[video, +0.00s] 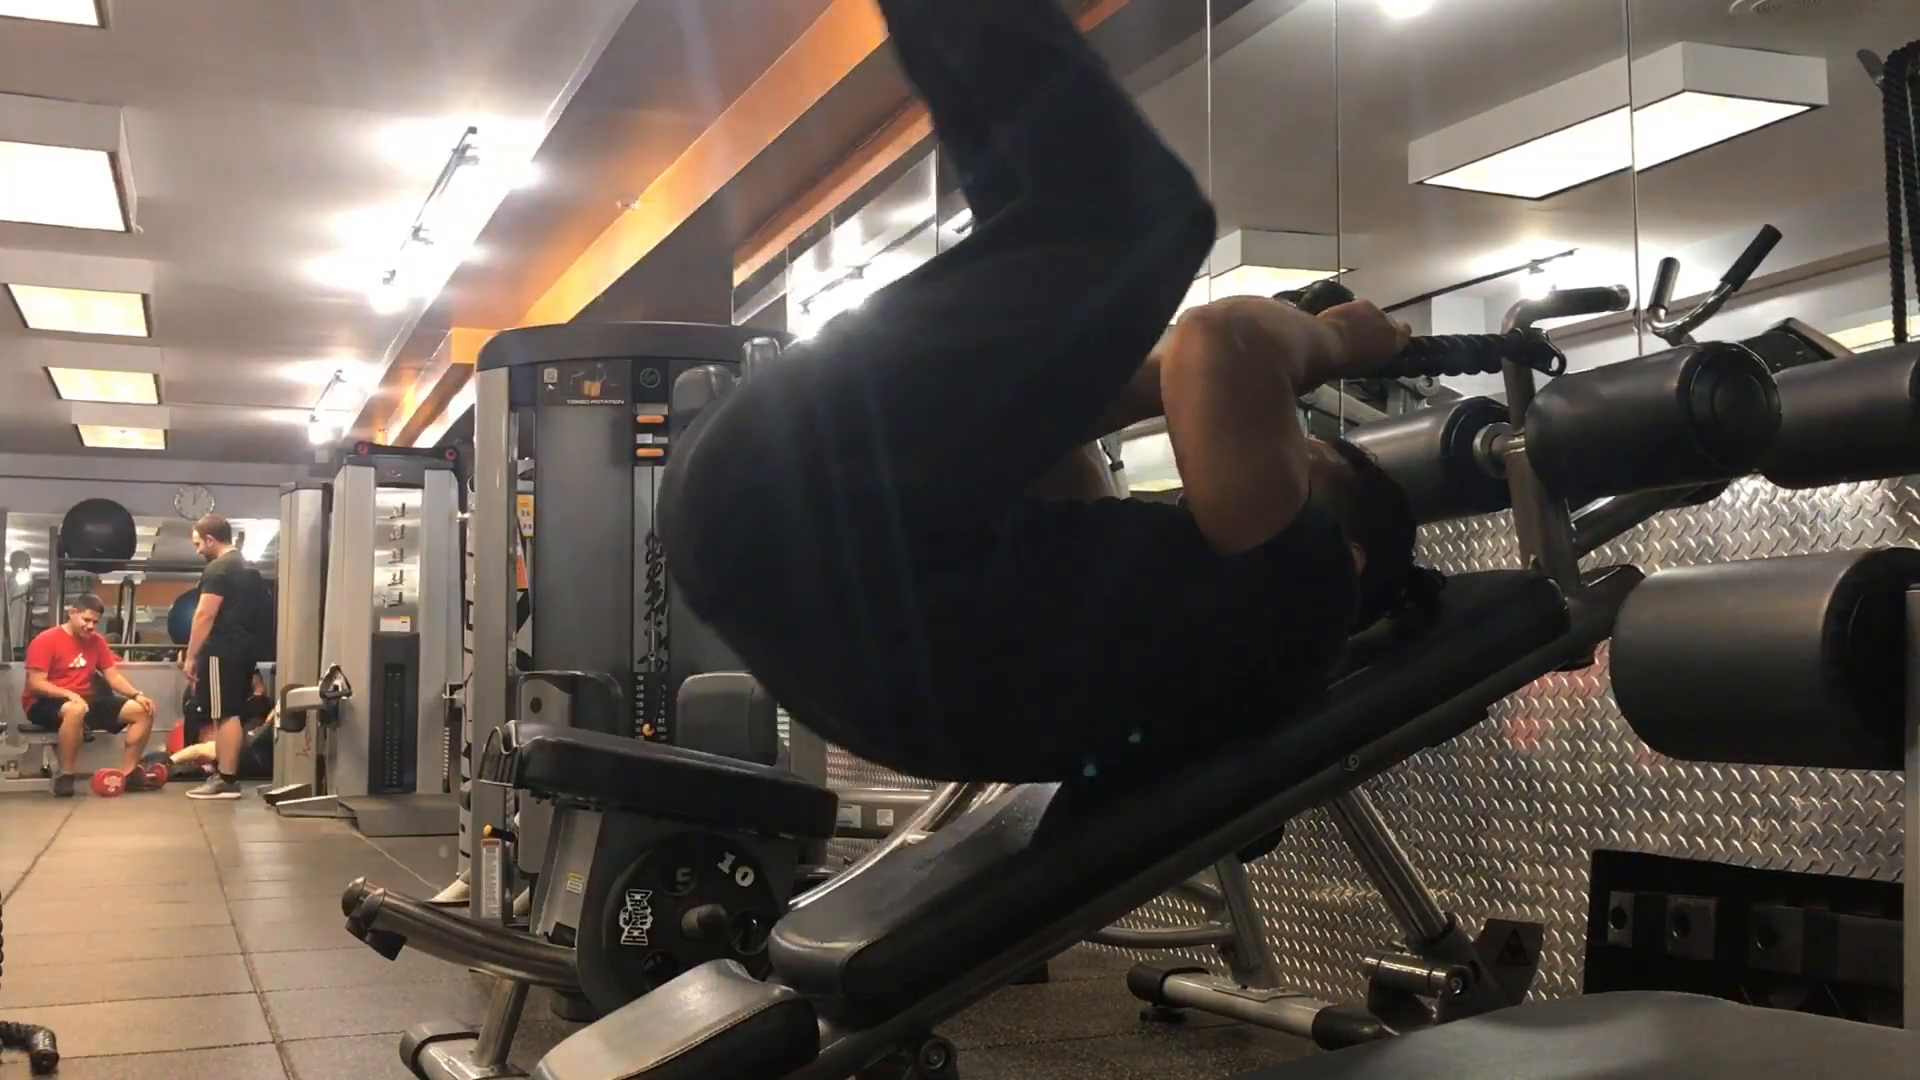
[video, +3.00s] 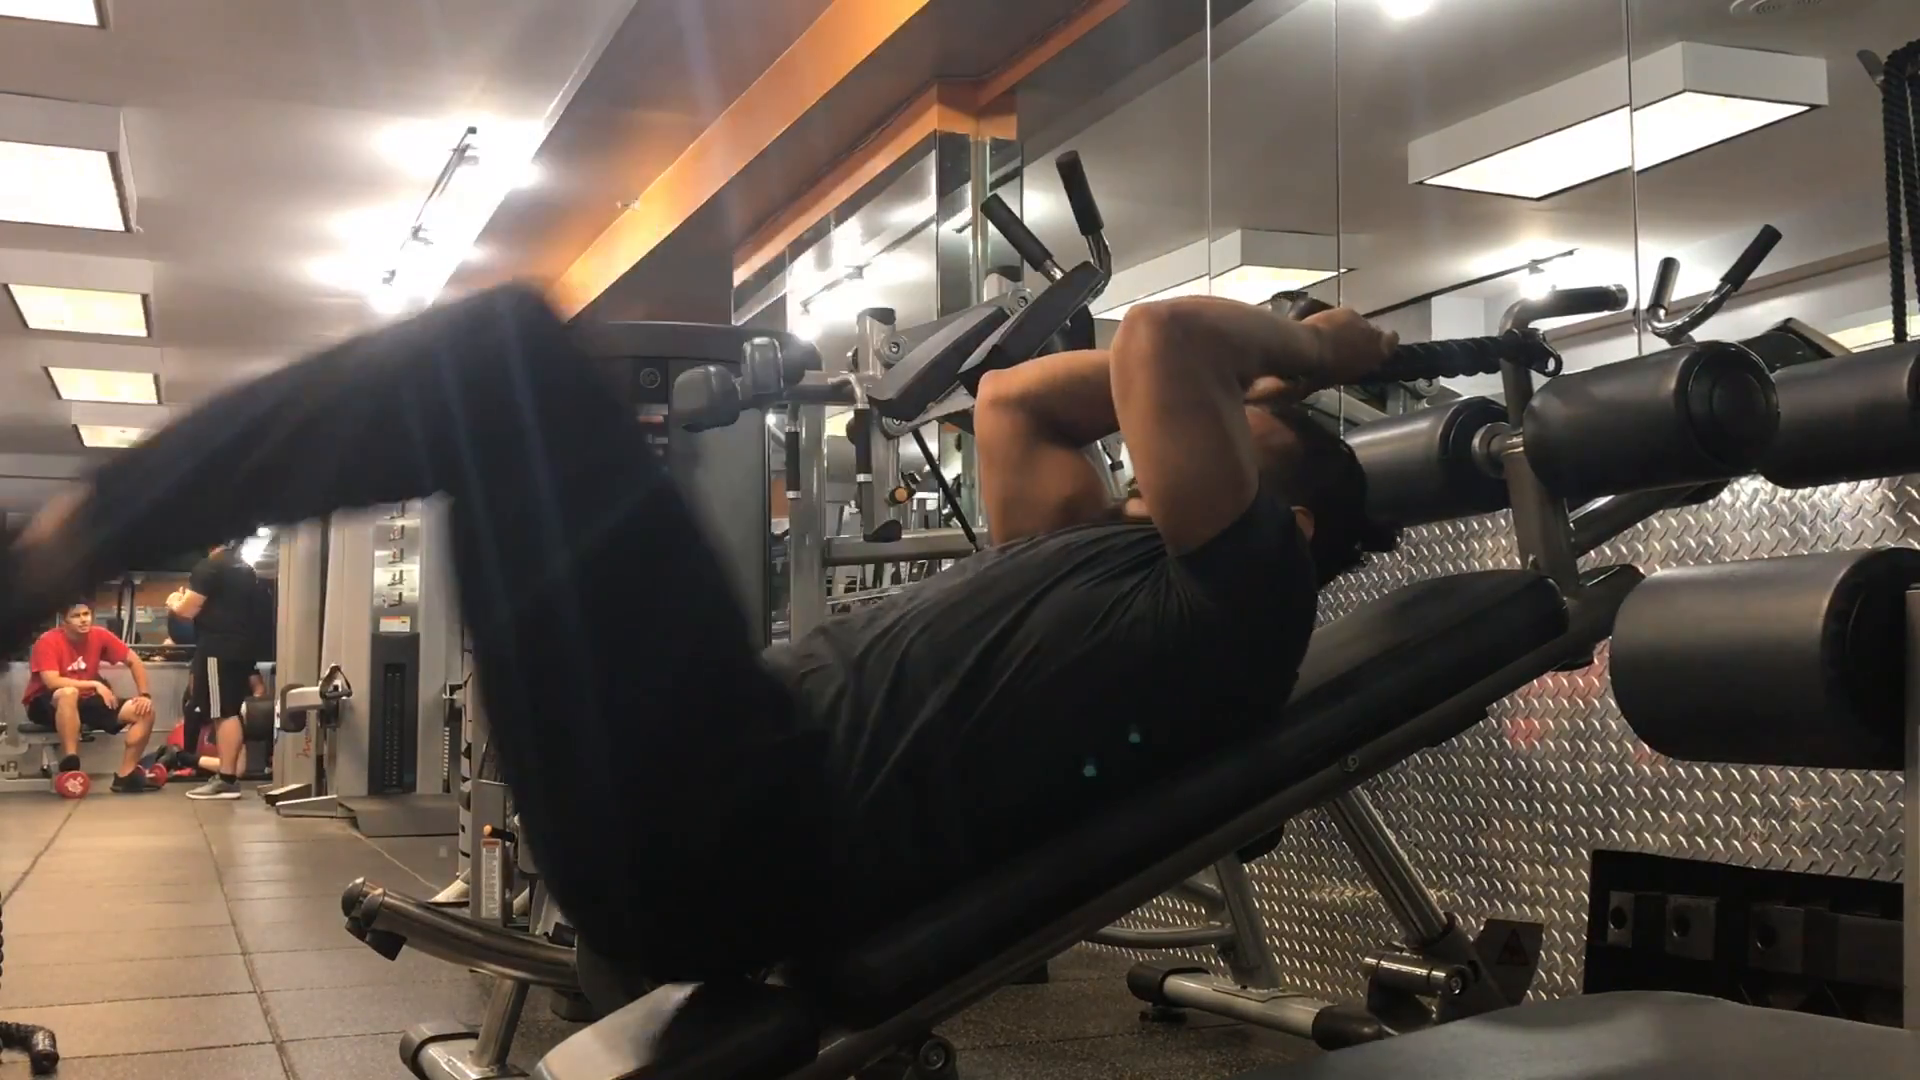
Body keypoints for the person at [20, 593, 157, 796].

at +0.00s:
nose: (90, 626)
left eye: (95, 622)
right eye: (86, 620)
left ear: (99, 622)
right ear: (72, 613)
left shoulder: (97, 641)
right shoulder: (46, 641)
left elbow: (112, 676)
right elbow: (36, 683)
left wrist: (137, 695)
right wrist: (69, 694)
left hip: (86, 702)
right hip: (45, 703)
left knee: (143, 712)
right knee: (75, 710)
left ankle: (129, 774)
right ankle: (66, 776)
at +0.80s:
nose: (87, 628)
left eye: (92, 624)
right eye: (83, 622)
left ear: (96, 624)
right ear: (69, 618)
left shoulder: (95, 642)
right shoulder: (44, 641)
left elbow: (113, 678)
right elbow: (25, 682)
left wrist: (135, 695)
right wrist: (62, 684)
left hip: (82, 702)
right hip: (42, 704)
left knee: (143, 712)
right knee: (61, 690)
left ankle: (126, 774)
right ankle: (64, 756)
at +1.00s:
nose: (87, 631)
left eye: (93, 626)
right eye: (83, 624)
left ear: (97, 625)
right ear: (71, 616)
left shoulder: (99, 644)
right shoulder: (43, 643)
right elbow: (28, 683)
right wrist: (66, 684)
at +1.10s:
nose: (88, 631)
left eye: (93, 626)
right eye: (83, 625)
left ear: (97, 625)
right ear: (71, 617)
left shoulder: (98, 642)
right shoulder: (45, 642)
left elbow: (113, 677)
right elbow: (28, 684)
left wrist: (136, 695)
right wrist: (65, 686)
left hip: (84, 702)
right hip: (43, 705)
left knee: (142, 712)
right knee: (63, 692)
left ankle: (126, 769)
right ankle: (65, 761)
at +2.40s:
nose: (81, 619)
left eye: (85, 614)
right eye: (75, 614)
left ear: (90, 615)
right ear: (61, 616)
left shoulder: (96, 637)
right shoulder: (45, 641)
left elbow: (119, 665)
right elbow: (47, 680)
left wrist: (135, 693)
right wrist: (88, 671)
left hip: (86, 702)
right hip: (44, 704)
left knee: (142, 712)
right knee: (71, 693)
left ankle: (125, 775)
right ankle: (72, 765)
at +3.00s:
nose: (83, 620)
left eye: (86, 614)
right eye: (76, 616)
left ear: (92, 615)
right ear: (64, 620)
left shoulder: (99, 635)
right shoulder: (48, 641)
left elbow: (134, 661)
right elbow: (52, 681)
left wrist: (144, 694)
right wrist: (95, 684)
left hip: (86, 704)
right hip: (45, 705)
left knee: (144, 711)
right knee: (68, 693)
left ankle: (125, 775)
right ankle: (71, 764)